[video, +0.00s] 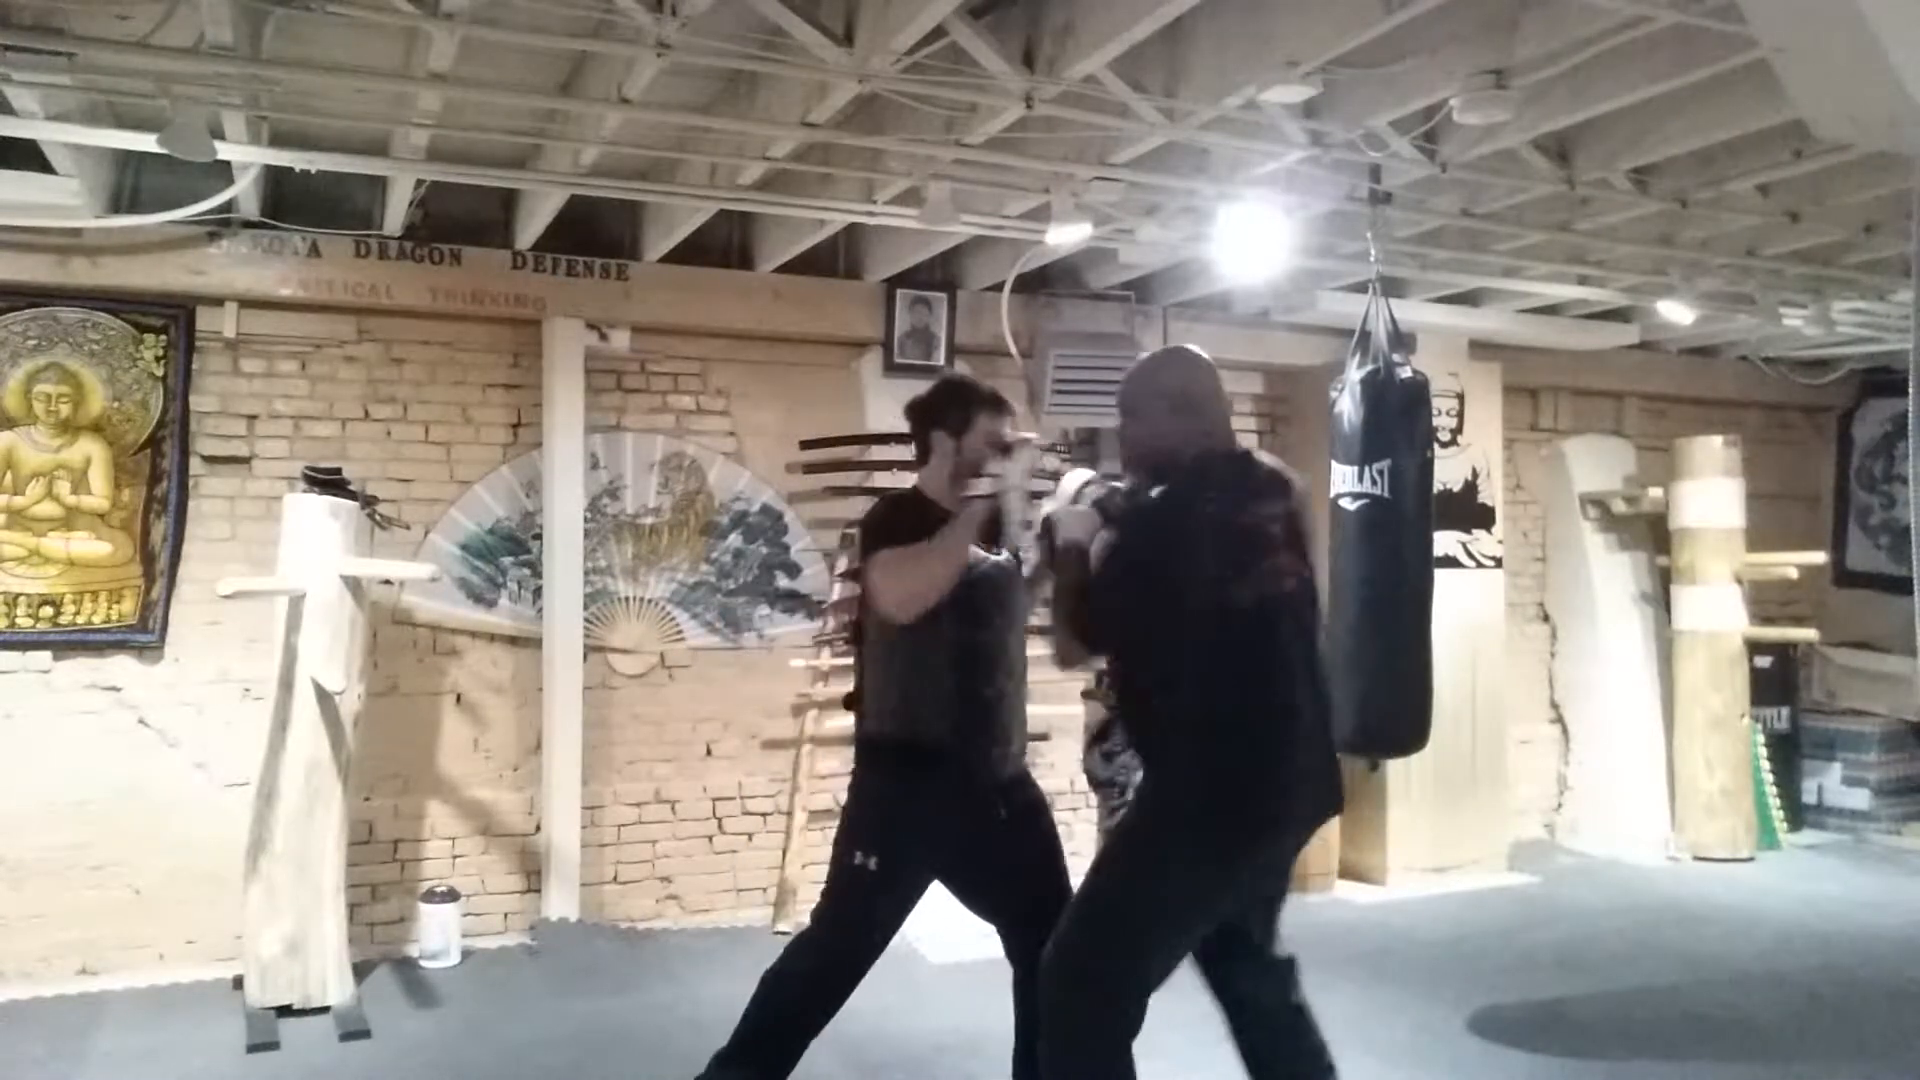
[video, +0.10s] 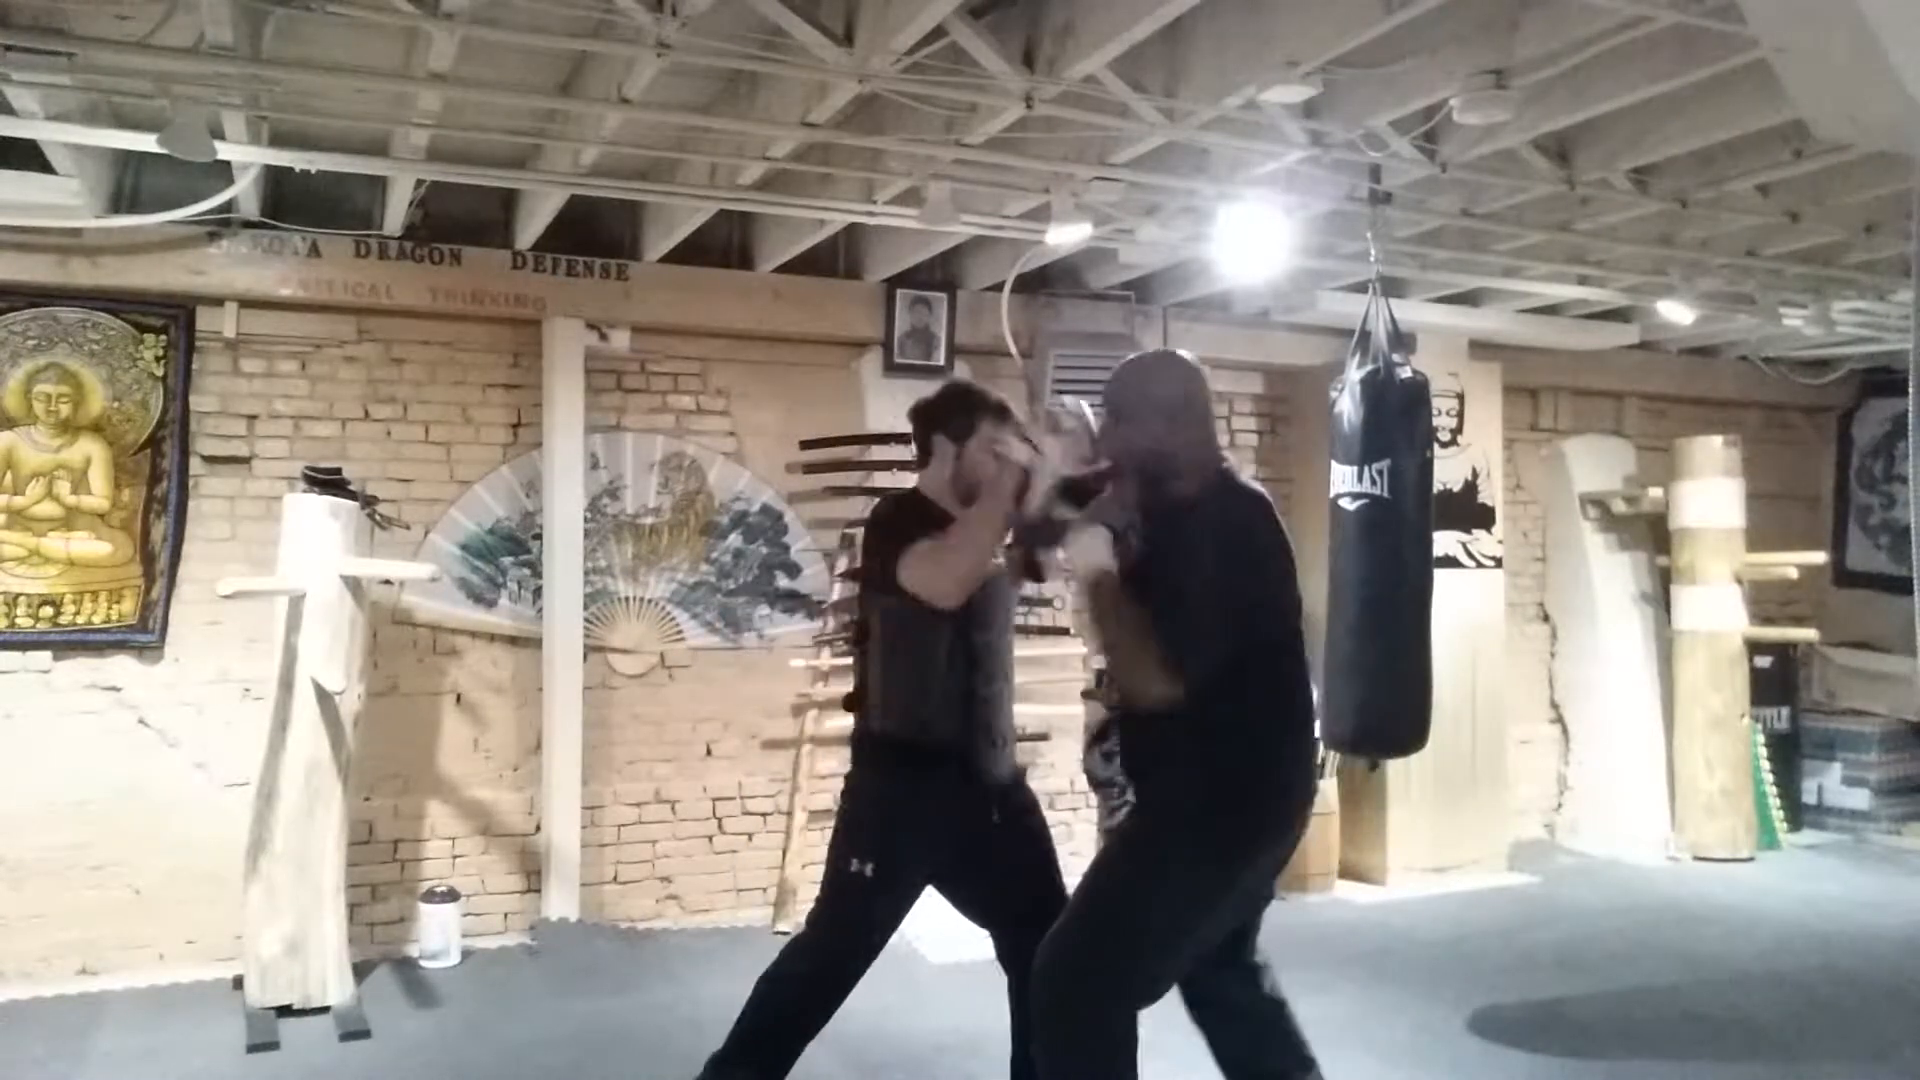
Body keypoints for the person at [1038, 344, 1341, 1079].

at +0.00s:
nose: (1119, 431)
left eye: (1130, 414)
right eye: (1121, 415)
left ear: (1172, 417)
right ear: (1212, 414)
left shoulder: (1168, 515)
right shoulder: (1270, 491)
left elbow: (1088, 629)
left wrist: (1070, 553)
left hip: (1209, 793)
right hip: (1291, 778)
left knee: (1082, 979)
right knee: (1240, 951)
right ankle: (1304, 1074)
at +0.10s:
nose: (1105, 439)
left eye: (1117, 421)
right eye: (1106, 422)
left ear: (1164, 427)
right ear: (1186, 424)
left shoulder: (1225, 520)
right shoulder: (1170, 513)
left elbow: (1151, 681)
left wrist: (1098, 575)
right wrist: (1058, 506)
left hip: (1226, 801)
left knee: (1075, 978)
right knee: (1221, 973)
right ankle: (1290, 1078)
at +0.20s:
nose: (1084, 459)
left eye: (1094, 439)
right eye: (1083, 442)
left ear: (1149, 432)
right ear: (1151, 433)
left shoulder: (1246, 531)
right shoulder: (1122, 512)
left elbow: (1217, 697)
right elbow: (1001, 570)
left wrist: (1113, 569)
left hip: (1228, 808)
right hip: (1161, 796)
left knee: (1061, 987)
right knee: (1206, 976)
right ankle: (1290, 1074)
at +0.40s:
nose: (1083, 439)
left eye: (1095, 420)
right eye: (1082, 421)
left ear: (1148, 419)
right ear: (1151, 421)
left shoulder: (1222, 518)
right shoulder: (1147, 512)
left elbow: (1183, 684)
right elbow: (1096, 618)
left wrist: (1085, 579)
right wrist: (1035, 533)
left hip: (1225, 803)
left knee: (1089, 989)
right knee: (1241, 966)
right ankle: (1312, 1079)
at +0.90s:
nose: (1248, 399)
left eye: (1259, 382)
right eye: (1252, 382)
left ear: (1304, 385)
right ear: (1327, 385)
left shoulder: (1298, 477)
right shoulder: (1391, 463)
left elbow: (1297, 633)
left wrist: (1246, 622)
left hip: (1352, 760)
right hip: (1431, 747)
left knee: (1249, 970)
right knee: (1399, 937)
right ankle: (1432, 1073)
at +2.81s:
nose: (1317, 430)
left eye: (1320, 404)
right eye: (1311, 411)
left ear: (1377, 377)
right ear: (1393, 377)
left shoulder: (1444, 464)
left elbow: (1450, 664)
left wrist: (1325, 643)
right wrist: (1331, 733)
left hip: (1561, 800)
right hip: (1635, 784)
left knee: (1435, 1058)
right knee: (1574, 1034)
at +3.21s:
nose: (1386, 432)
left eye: (1391, 405)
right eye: (1379, 416)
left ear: (1452, 379)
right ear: (1455, 383)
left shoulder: (1578, 460)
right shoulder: (1454, 499)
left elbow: (1644, 644)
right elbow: (1371, 626)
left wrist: (1461, 629)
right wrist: (1247, 720)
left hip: (1625, 816)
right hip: (1553, 818)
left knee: (1528, 1047)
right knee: (1646, 1041)